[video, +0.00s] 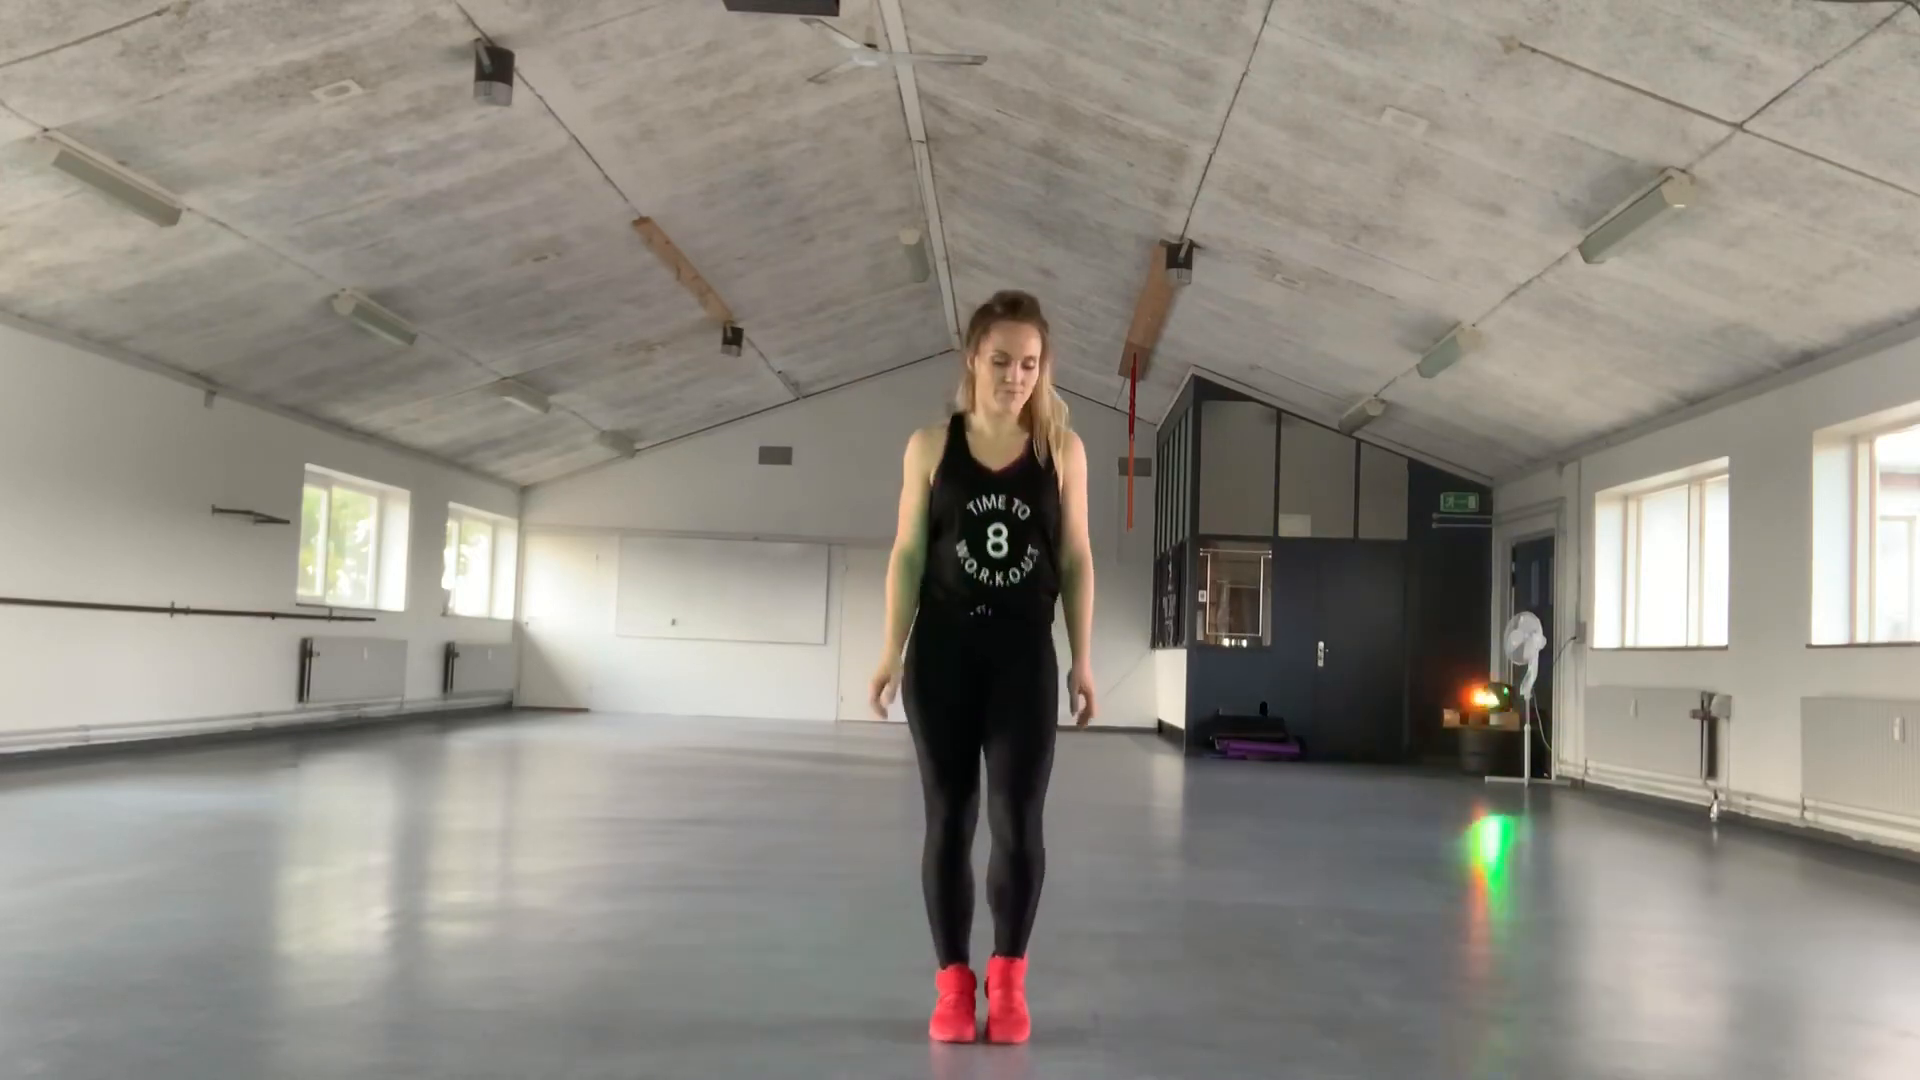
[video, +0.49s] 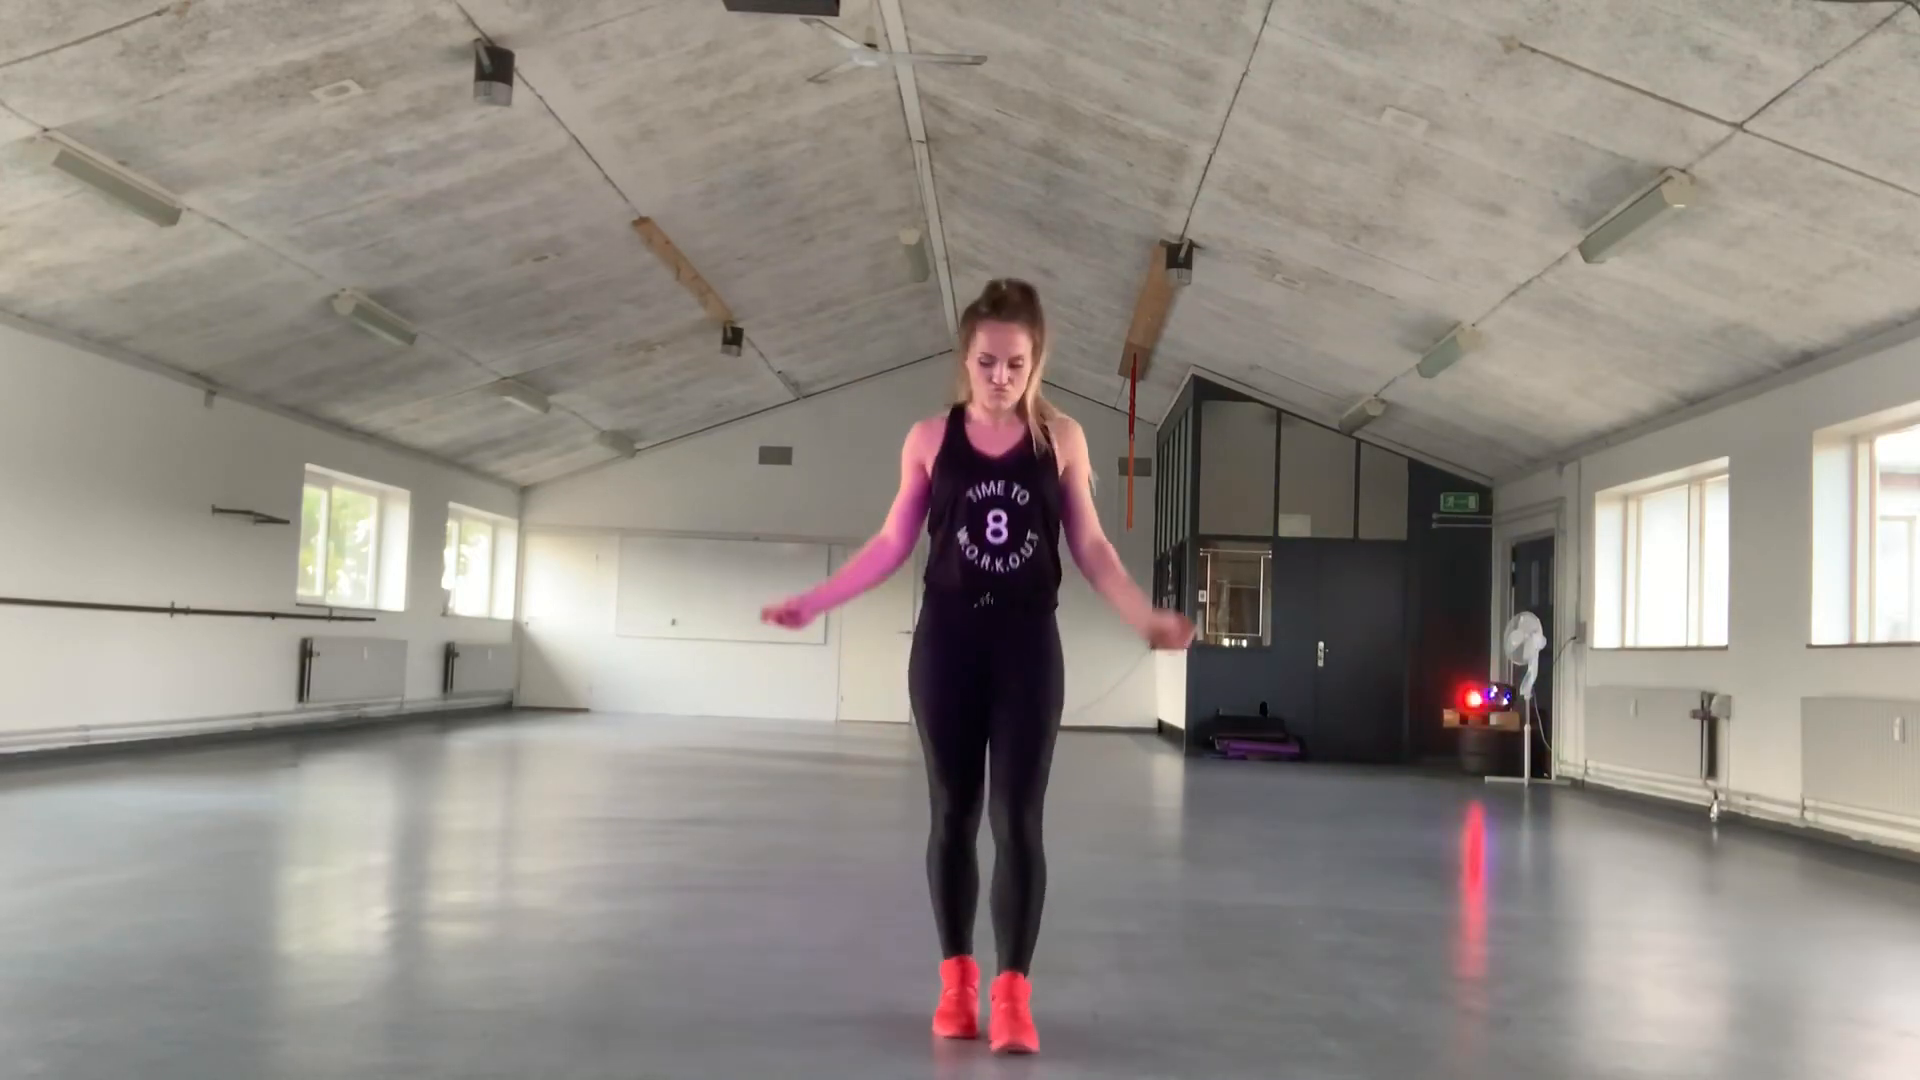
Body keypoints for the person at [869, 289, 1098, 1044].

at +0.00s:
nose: (1015, 374)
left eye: (1029, 361)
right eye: (1001, 357)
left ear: (1043, 369)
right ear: (972, 358)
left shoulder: (1062, 450)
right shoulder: (930, 444)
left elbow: (1077, 559)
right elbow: (908, 553)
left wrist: (1082, 659)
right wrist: (891, 650)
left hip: (1025, 656)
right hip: (941, 653)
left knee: (1017, 822)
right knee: (949, 821)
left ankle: (1007, 975)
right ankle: (953, 979)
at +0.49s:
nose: (1000, 374)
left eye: (1015, 360)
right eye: (988, 358)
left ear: (1035, 364)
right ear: (965, 357)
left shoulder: (1060, 437)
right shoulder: (930, 439)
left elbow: (1092, 550)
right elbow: (891, 546)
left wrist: (1146, 619)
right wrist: (814, 602)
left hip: (1028, 648)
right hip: (946, 646)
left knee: (1017, 813)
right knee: (954, 811)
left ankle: (1013, 985)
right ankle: (958, 974)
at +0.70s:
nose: (998, 386)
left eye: (1014, 371)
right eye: (987, 370)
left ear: (1048, 369)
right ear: (973, 367)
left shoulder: (1075, 450)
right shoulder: (950, 435)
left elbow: (1119, 553)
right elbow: (877, 510)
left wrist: (1177, 515)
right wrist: (784, 508)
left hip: (1048, 653)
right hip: (965, 650)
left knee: (1034, 819)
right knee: (955, 811)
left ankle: (1019, 975)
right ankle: (954, 966)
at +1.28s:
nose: (1020, 376)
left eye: (1035, 365)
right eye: (1008, 364)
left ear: (1060, 378)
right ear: (991, 375)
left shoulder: (1082, 469)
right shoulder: (958, 451)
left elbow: (1097, 589)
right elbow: (901, 534)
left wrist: (1131, 570)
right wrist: (831, 540)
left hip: (1049, 670)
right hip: (968, 668)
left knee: (1034, 830)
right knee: (964, 828)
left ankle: (1015, 977)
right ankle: (956, 970)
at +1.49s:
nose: (1021, 336)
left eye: (1034, 326)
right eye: (1008, 324)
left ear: (1051, 342)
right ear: (983, 338)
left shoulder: (1079, 428)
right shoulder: (948, 429)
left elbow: (1086, 542)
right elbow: (922, 536)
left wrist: (1081, 640)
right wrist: (895, 626)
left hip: (1037, 633)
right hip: (953, 630)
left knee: (1023, 806)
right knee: (958, 800)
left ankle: (1012, 970)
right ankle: (956, 970)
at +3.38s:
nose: (1024, 355)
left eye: (1039, 344)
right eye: (1012, 343)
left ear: (1062, 358)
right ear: (993, 356)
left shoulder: (1090, 442)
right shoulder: (963, 427)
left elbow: (1103, 544)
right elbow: (924, 519)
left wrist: (1093, 612)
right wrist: (916, 598)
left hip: (1045, 643)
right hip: (965, 638)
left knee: (1026, 810)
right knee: (975, 794)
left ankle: (1008, 971)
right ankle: (960, 954)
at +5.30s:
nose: (947, 361)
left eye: (962, 347)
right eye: (935, 346)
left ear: (988, 356)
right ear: (918, 353)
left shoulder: (1015, 414)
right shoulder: (893, 445)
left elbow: (1048, 496)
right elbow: (863, 548)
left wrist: (1004, 555)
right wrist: (834, 643)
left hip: (982, 629)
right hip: (902, 628)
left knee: (978, 801)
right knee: (903, 797)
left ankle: (977, 962)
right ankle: (903, 965)